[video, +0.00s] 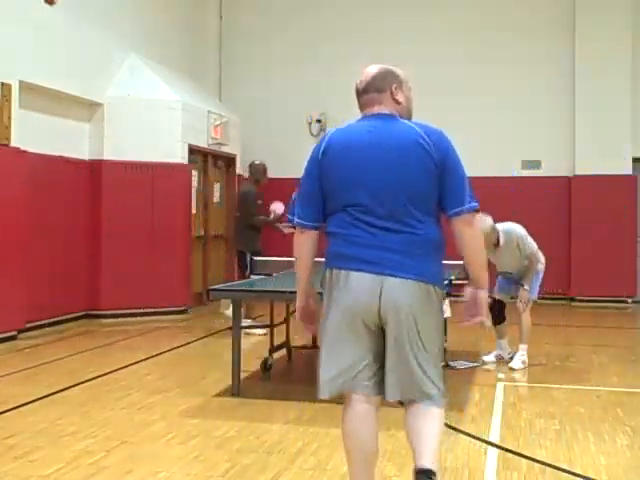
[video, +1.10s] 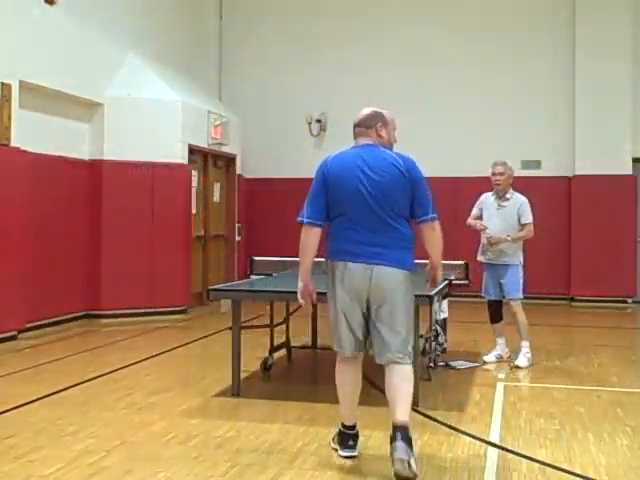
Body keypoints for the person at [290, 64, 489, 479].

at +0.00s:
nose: (412, 101)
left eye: (409, 93)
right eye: (409, 93)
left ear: (362, 101)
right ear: (398, 94)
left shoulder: (331, 144)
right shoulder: (432, 141)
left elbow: (305, 225)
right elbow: (464, 218)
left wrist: (304, 292)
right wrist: (479, 284)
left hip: (349, 285)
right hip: (414, 288)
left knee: (359, 394)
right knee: (424, 390)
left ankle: (360, 477)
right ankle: (426, 471)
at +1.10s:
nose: (395, 137)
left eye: (393, 130)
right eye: (393, 131)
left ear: (356, 132)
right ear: (382, 130)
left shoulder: (331, 165)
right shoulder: (405, 166)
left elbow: (312, 225)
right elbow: (428, 222)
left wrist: (304, 277)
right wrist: (436, 264)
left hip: (346, 272)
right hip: (394, 274)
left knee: (348, 355)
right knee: (398, 357)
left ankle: (348, 435)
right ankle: (401, 434)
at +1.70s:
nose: (390, 145)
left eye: (389, 139)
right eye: (388, 139)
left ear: (355, 138)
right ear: (376, 138)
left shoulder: (331, 168)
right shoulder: (396, 171)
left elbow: (304, 211)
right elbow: (416, 222)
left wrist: (332, 192)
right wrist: (435, 266)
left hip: (345, 267)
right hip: (386, 268)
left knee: (341, 343)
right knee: (381, 342)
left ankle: (344, 408)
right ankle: (378, 416)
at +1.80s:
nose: (390, 146)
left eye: (389, 140)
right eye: (388, 140)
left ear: (356, 139)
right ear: (377, 139)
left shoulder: (333, 167)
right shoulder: (397, 171)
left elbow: (304, 209)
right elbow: (421, 221)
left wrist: (330, 190)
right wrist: (437, 260)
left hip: (346, 264)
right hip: (387, 266)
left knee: (336, 335)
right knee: (382, 340)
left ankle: (340, 390)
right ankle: (378, 415)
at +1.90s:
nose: (389, 146)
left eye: (388, 141)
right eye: (387, 141)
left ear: (356, 139)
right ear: (376, 139)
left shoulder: (332, 167)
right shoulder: (396, 170)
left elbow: (304, 209)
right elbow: (421, 219)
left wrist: (330, 190)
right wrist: (437, 257)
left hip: (343, 263)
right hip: (385, 266)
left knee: (334, 325)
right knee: (381, 336)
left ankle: (335, 389)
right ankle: (377, 413)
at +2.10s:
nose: (380, 148)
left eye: (378, 144)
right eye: (379, 144)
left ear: (347, 143)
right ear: (372, 143)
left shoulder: (327, 170)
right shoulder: (389, 173)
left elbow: (305, 215)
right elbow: (413, 219)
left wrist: (332, 199)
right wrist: (422, 249)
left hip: (338, 263)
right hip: (378, 264)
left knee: (339, 334)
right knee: (376, 336)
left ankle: (331, 403)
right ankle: (377, 413)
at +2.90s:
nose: (348, 149)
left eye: (343, 145)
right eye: (355, 147)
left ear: (337, 150)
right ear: (362, 154)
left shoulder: (318, 167)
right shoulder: (376, 179)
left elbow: (295, 209)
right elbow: (388, 229)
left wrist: (318, 228)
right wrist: (381, 261)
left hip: (325, 253)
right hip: (360, 257)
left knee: (329, 328)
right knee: (355, 330)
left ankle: (331, 401)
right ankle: (353, 398)